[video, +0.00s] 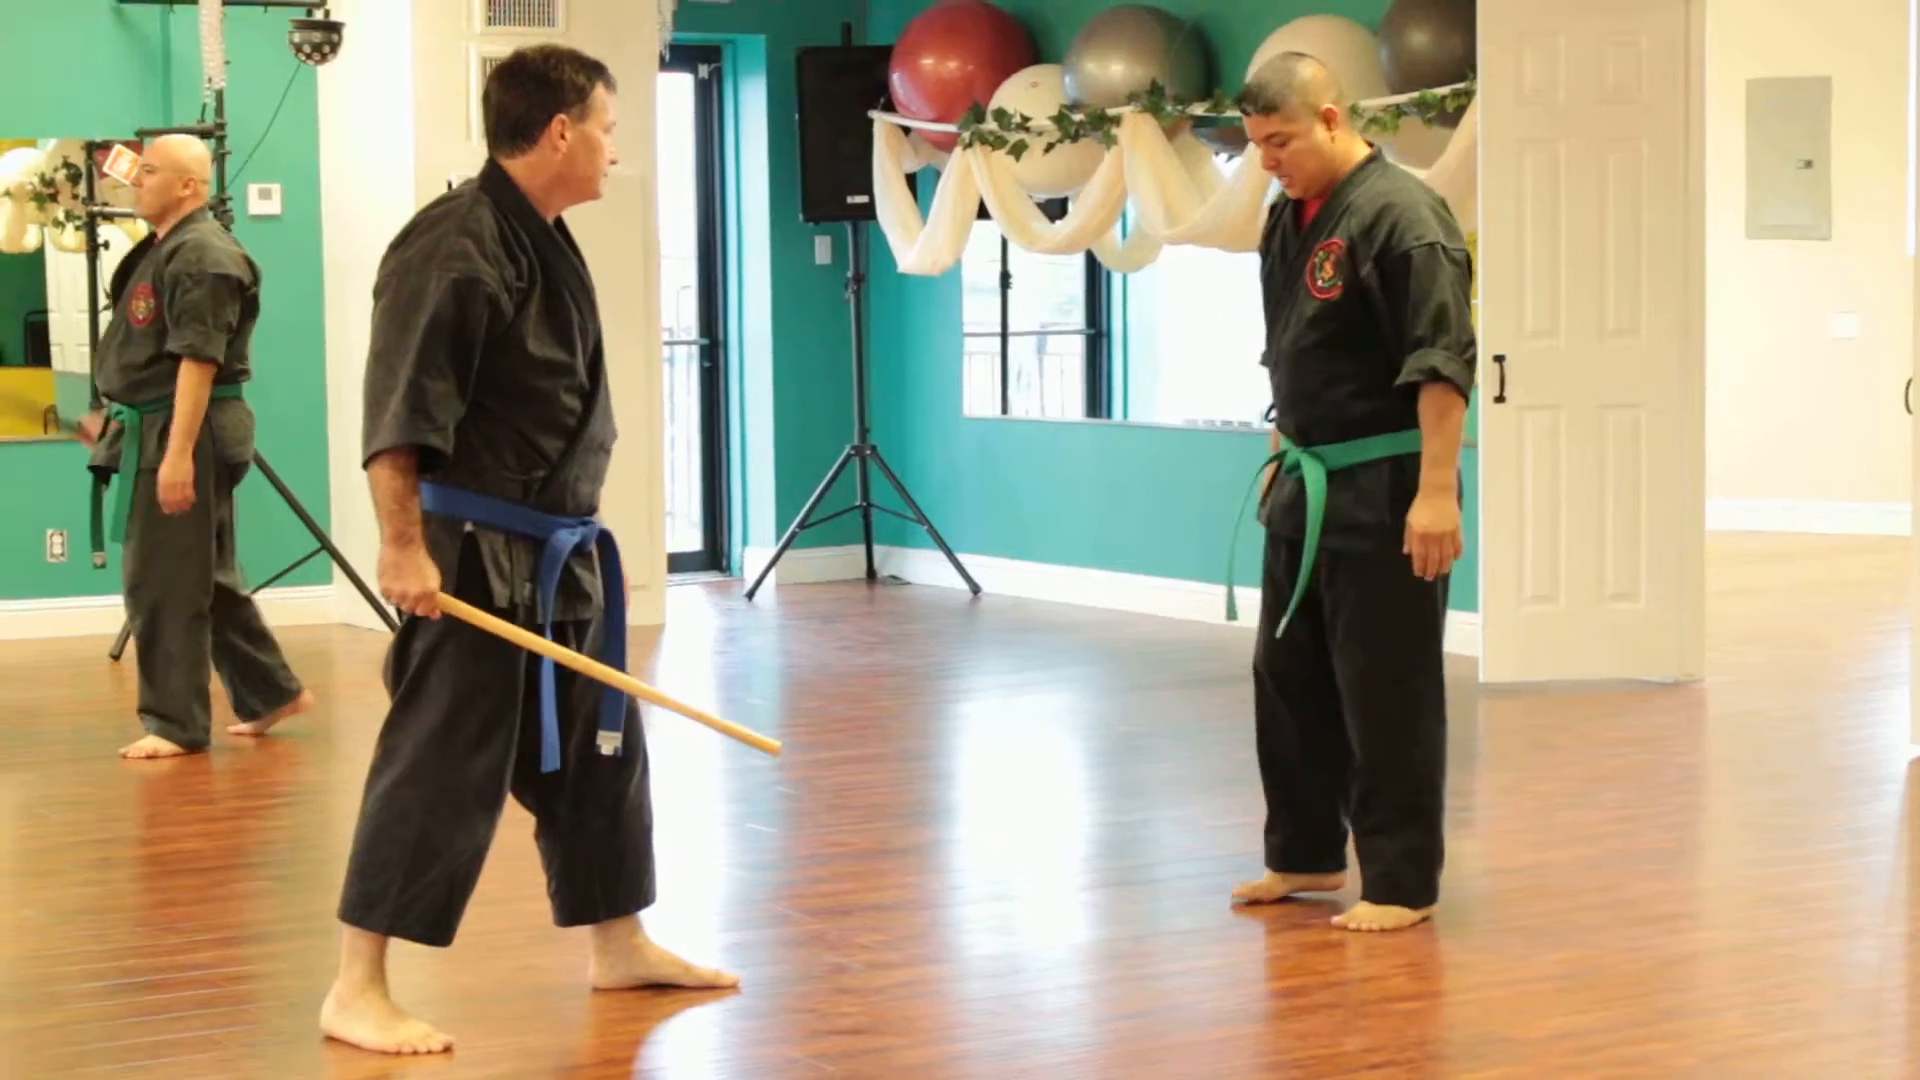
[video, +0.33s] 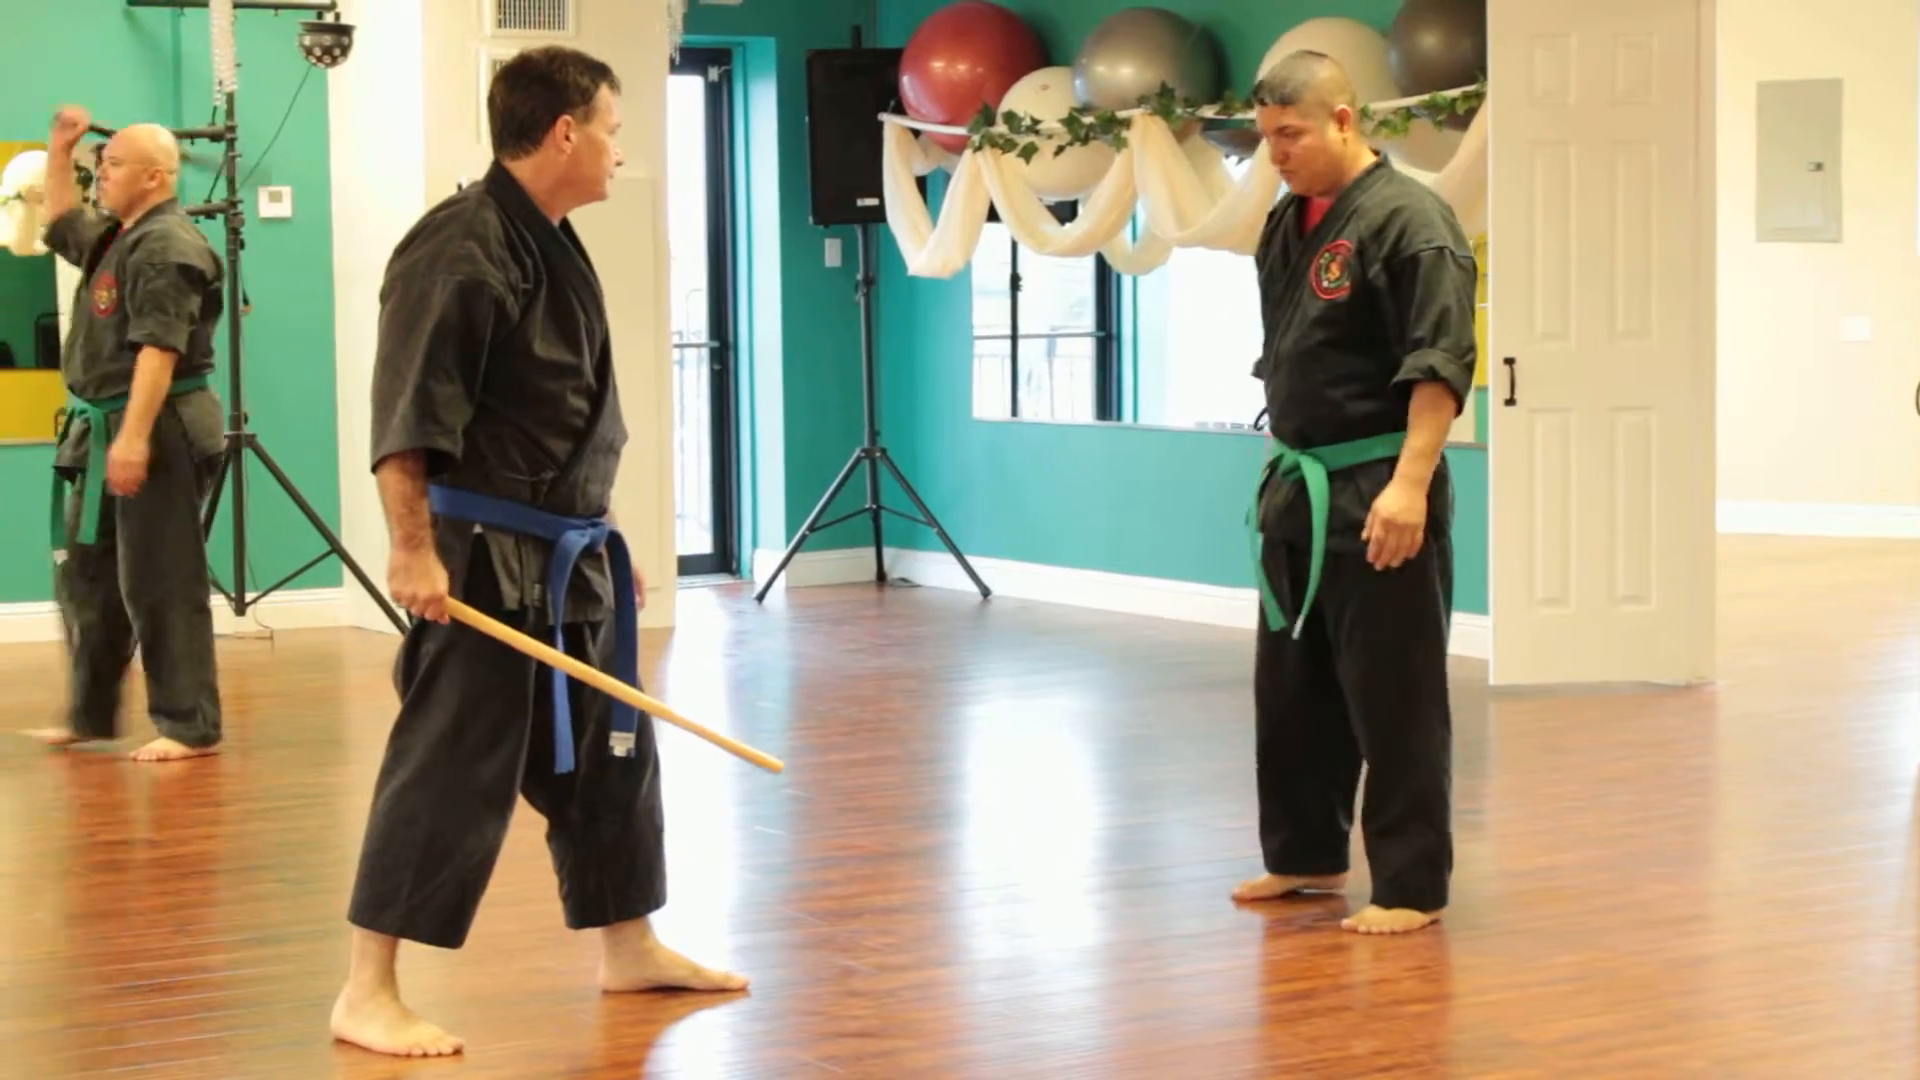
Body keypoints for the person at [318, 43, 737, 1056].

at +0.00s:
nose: (613, 154)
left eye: (613, 134)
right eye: (606, 134)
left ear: (550, 134)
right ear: (557, 132)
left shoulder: (542, 239)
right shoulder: (451, 244)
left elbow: (543, 407)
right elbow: (393, 406)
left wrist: (578, 535)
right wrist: (402, 543)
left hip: (564, 539)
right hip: (477, 541)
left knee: (598, 735)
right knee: (435, 754)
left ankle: (622, 949)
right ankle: (356, 989)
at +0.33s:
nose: (619, 155)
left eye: (618, 136)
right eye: (611, 136)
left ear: (556, 136)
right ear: (561, 133)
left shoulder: (551, 242)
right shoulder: (457, 247)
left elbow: (562, 415)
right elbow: (401, 412)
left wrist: (604, 538)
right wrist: (412, 545)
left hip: (576, 541)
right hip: (488, 544)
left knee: (610, 739)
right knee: (445, 757)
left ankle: (632, 950)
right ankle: (366, 993)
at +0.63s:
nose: (618, 155)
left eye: (616, 135)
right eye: (610, 134)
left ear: (554, 136)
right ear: (562, 134)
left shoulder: (552, 245)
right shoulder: (457, 247)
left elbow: (566, 420)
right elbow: (405, 412)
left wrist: (614, 533)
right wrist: (416, 547)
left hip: (576, 544)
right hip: (487, 547)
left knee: (612, 740)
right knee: (452, 757)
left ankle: (640, 949)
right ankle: (373, 993)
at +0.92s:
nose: (623, 161)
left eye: (622, 141)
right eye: (619, 141)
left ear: (563, 138)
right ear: (578, 139)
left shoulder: (553, 250)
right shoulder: (471, 250)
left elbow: (558, 417)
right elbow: (426, 416)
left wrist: (609, 521)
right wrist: (449, 545)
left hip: (571, 542)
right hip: (492, 547)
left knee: (611, 719)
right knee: (467, 756)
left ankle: (615, 899)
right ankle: (392, 994)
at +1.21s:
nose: (666, 163)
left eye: (662, 147)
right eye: (654, 146)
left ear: (603, 152)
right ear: (607, 150)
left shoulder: (605, 260)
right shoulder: (508, 257)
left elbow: (610, 421)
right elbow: (456, 404)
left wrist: (653, 530)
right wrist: (459, 533)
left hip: (601, 542)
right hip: (516, 539)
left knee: (611, 725)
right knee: (483, 740)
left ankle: (597, 917)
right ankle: (420, 977)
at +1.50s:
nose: (659, 168)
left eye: (657, 149)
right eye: (649, 148)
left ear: (598, 152)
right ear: (598, 148)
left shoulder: (595, 257)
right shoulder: (500, 244)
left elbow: (611, 413)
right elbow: (440, 392)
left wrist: (654, 529)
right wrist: (444, 524)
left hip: (586, 532)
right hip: (497, 527)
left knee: (607, 722)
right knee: (470, 733)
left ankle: (600, 920)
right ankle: (360, 943)